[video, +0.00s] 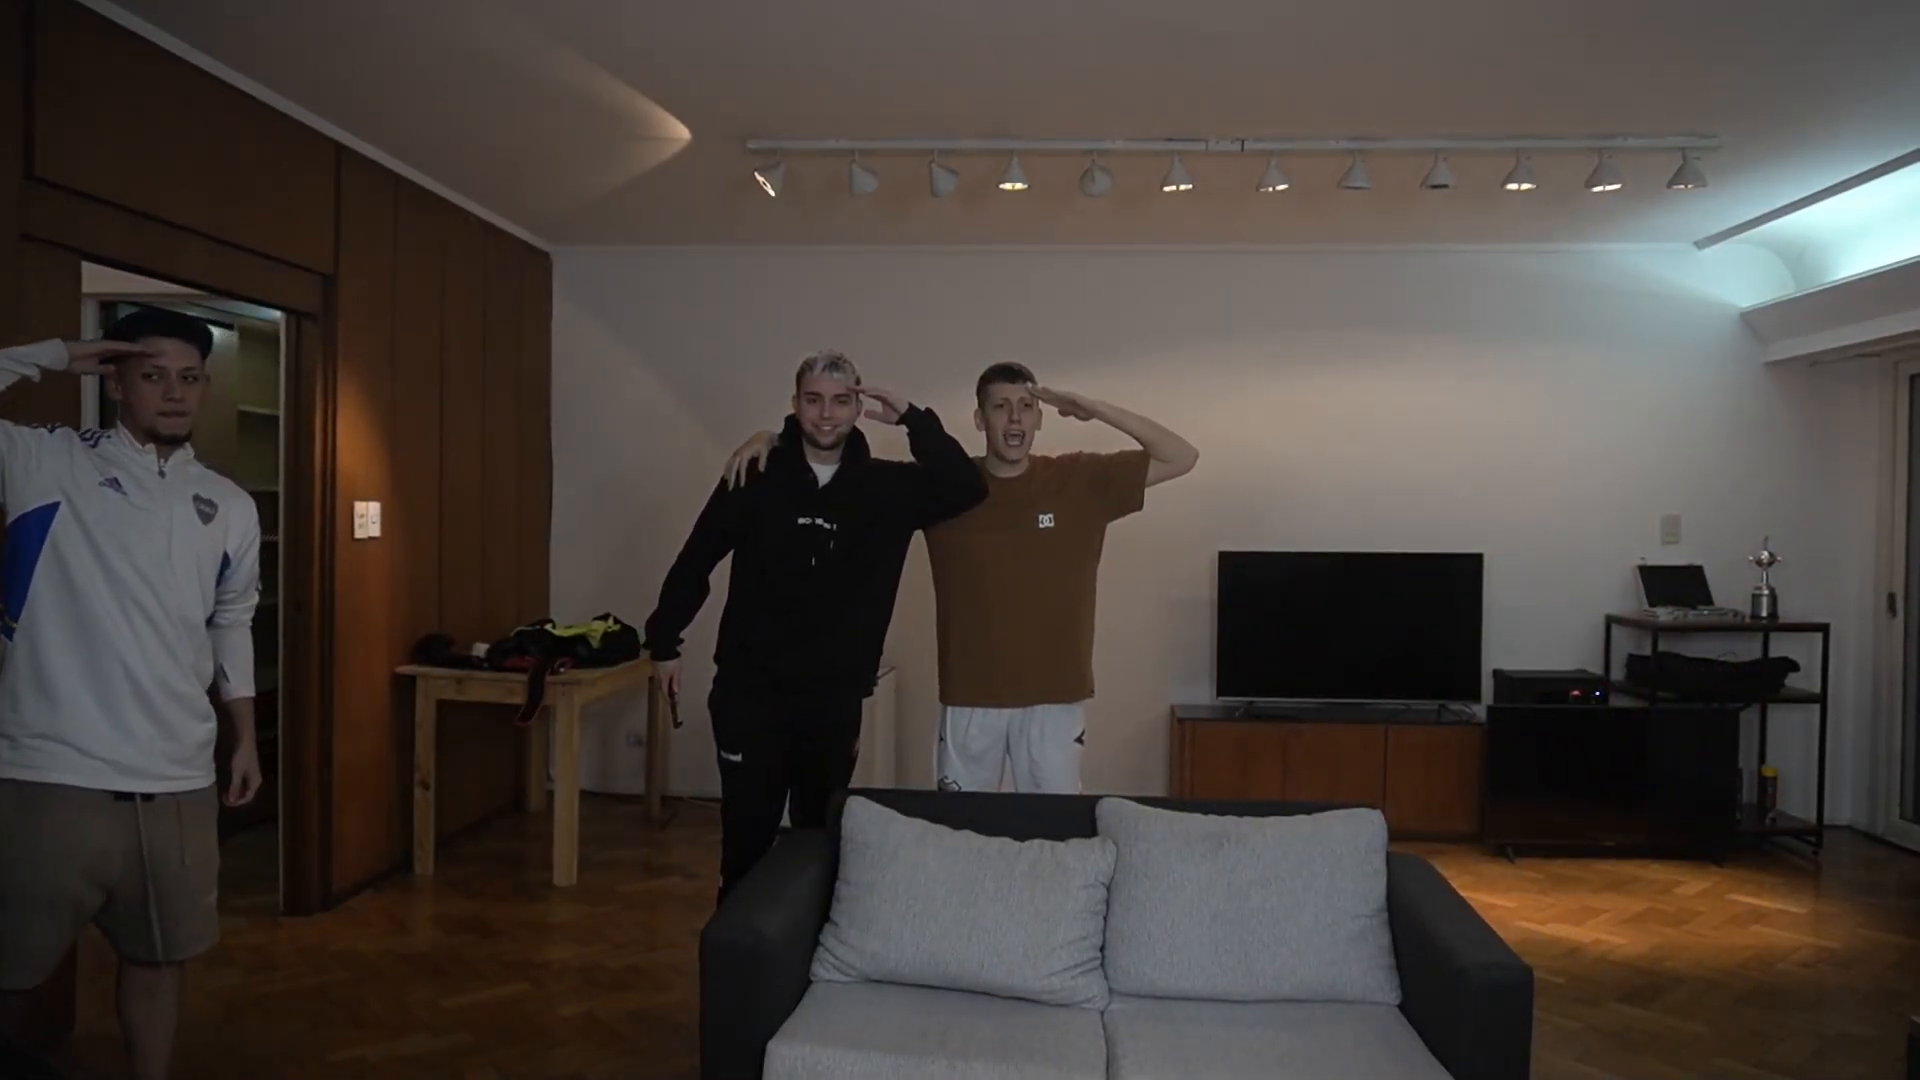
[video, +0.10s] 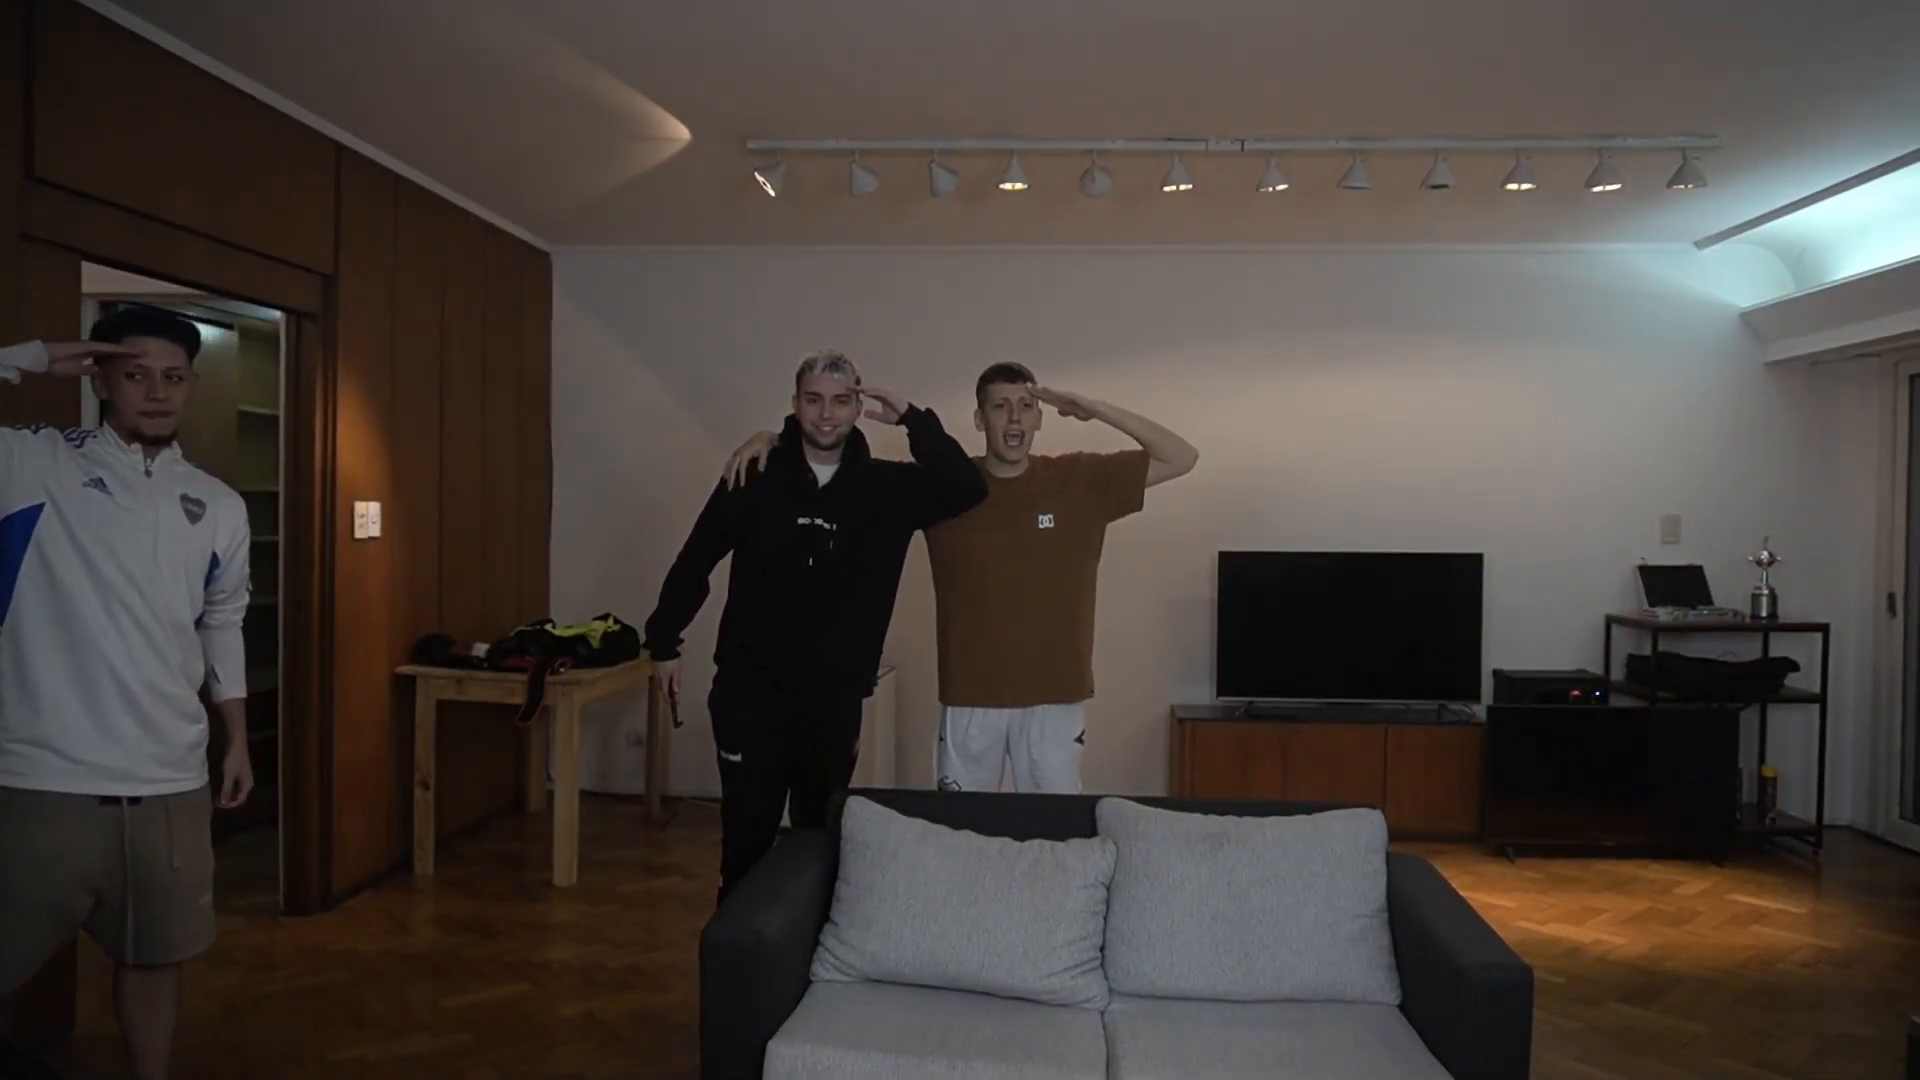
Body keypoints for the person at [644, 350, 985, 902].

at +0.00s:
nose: (827, 412)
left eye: (840, 400)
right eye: (814, 399)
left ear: (858, 410)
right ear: (795, 405)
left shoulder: (888, 487)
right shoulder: (755, 477)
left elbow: (966, 488)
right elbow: (697, 560)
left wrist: (915, 418)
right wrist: (665, 644)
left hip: (834, 690)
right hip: (751, 685)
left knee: (820, 830)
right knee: (748, 830)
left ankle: (815, 954)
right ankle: (739, 957)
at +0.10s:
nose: (826, 412)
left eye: (840, 400)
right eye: (814, 399)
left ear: (858, 410)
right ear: (795, 405)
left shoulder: (889, 487)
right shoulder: (755, 478)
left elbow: (967, 488)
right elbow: (696, 561)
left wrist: (915, 419)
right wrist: (665, 645)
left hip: (834, 690)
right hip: (751, 685)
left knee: (820, 830)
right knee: (748, 830)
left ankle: (815, 953)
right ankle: (739, 956)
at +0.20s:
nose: (826, 412)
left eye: (840, 400)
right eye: (814, 399)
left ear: (858, 410)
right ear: (795, 406)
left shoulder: (888, 487)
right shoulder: (755, 477)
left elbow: (967, 488)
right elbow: (696, 561)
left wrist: (914, 419)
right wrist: (665, 645)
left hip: (834, 690)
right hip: (750, 685)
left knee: (820, 830)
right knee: (748, 830)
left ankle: (815, 953)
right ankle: (739, 956)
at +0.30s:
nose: (826, 412)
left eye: (840, 400)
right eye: (813, 400)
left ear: (858, 410)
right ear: (795, 406)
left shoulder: (888, 487)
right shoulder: (755, 477)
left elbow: (967, 488)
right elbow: (696, 560)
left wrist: (914, 419)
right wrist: (665, 645)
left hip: (834, 690)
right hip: (750, 685)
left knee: (819, 831)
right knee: (748, 830)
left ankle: (815, 954)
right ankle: (739, 957)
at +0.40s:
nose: (825, 412)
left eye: (839, 400)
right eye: (813, 400)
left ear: (857, 410)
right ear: (794, 406)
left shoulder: (888, 487)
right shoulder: (754, 477)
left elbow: (966, 488)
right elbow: (695, 560)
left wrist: (914, 419)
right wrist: (664, 645)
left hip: (833, 690)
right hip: (750, 686)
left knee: (819, 832)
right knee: (748, 831)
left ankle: (814, 956)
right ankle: (739, 959)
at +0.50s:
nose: (824, 412)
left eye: (839, 400)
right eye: (812, 400)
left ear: (857, 410)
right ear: (794, 406)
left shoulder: (888, 486)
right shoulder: (754, 476)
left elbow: (966, 488)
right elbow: (695, 559)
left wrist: (913, 418)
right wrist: (663, 645)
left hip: (833, 690)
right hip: (749, 686)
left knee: (819, 832)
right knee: (747, 832)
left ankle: (814, 958)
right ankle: (738, 961)